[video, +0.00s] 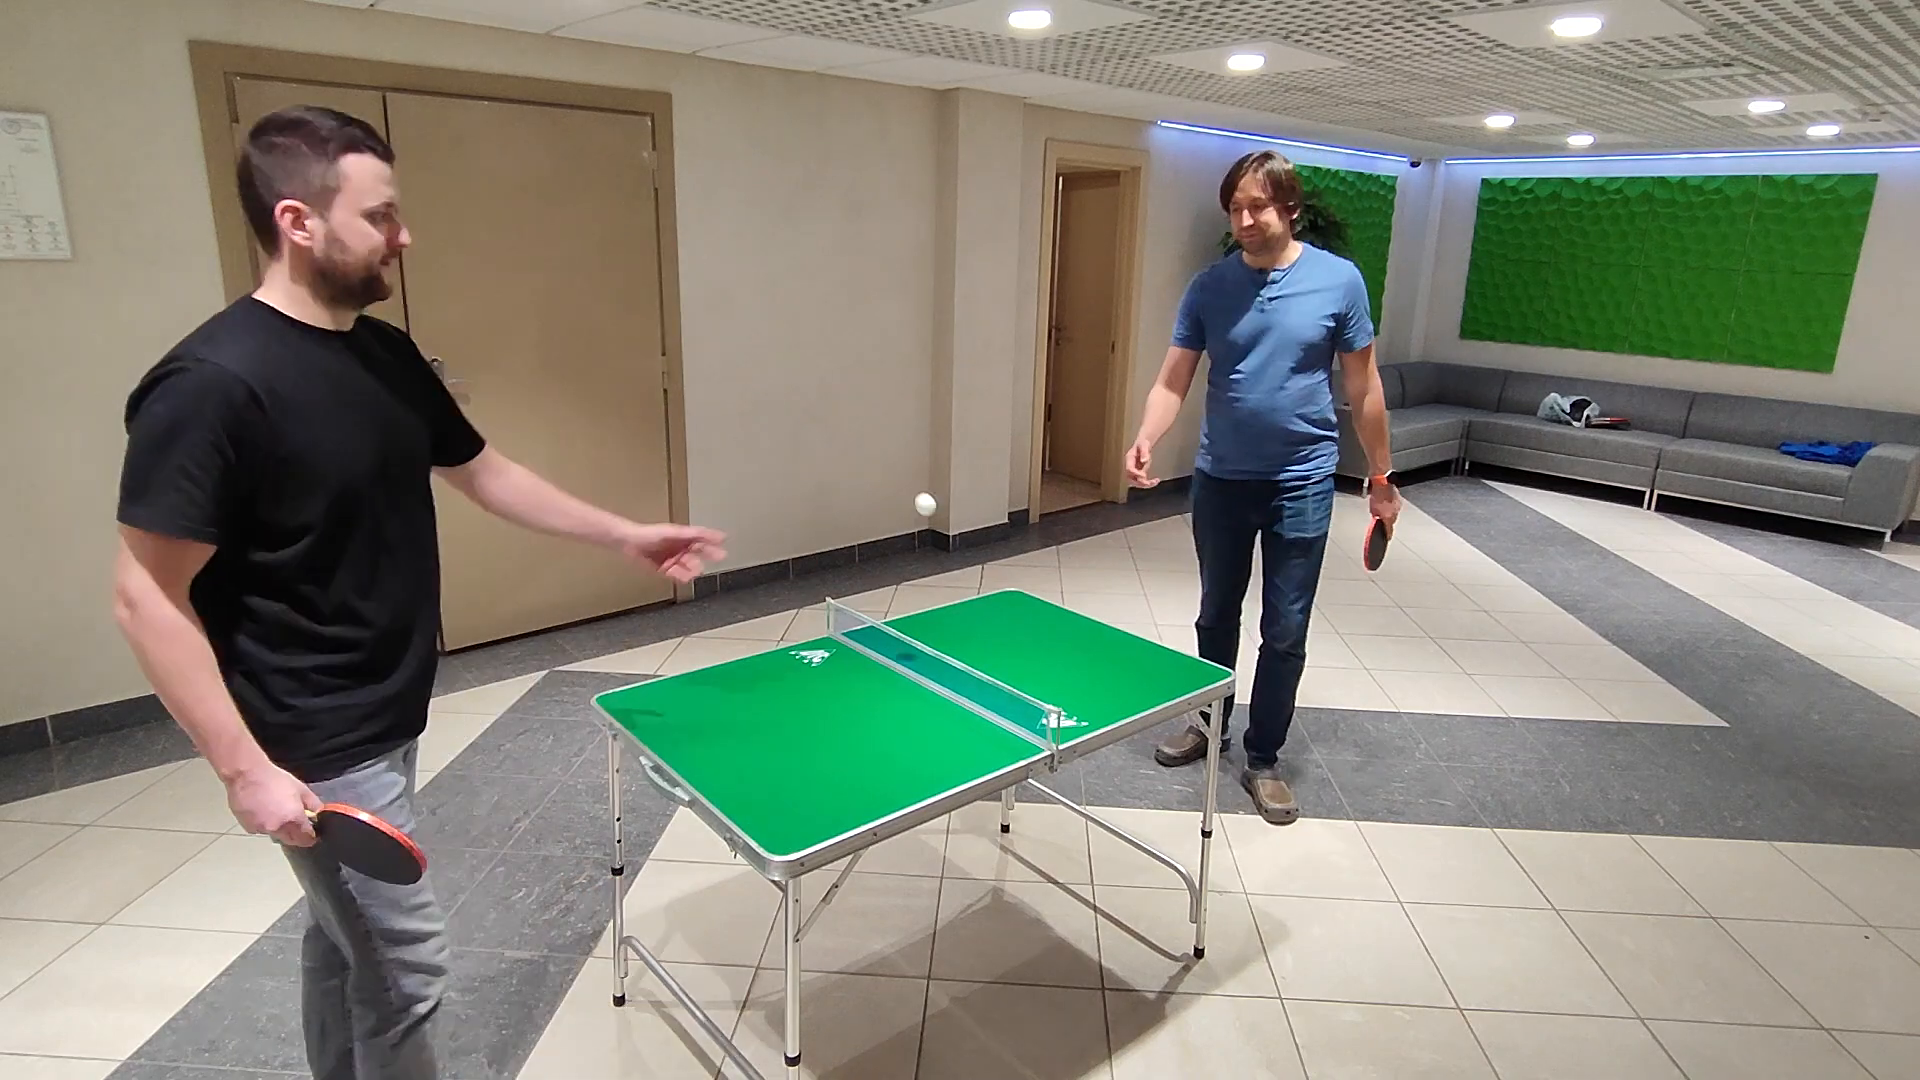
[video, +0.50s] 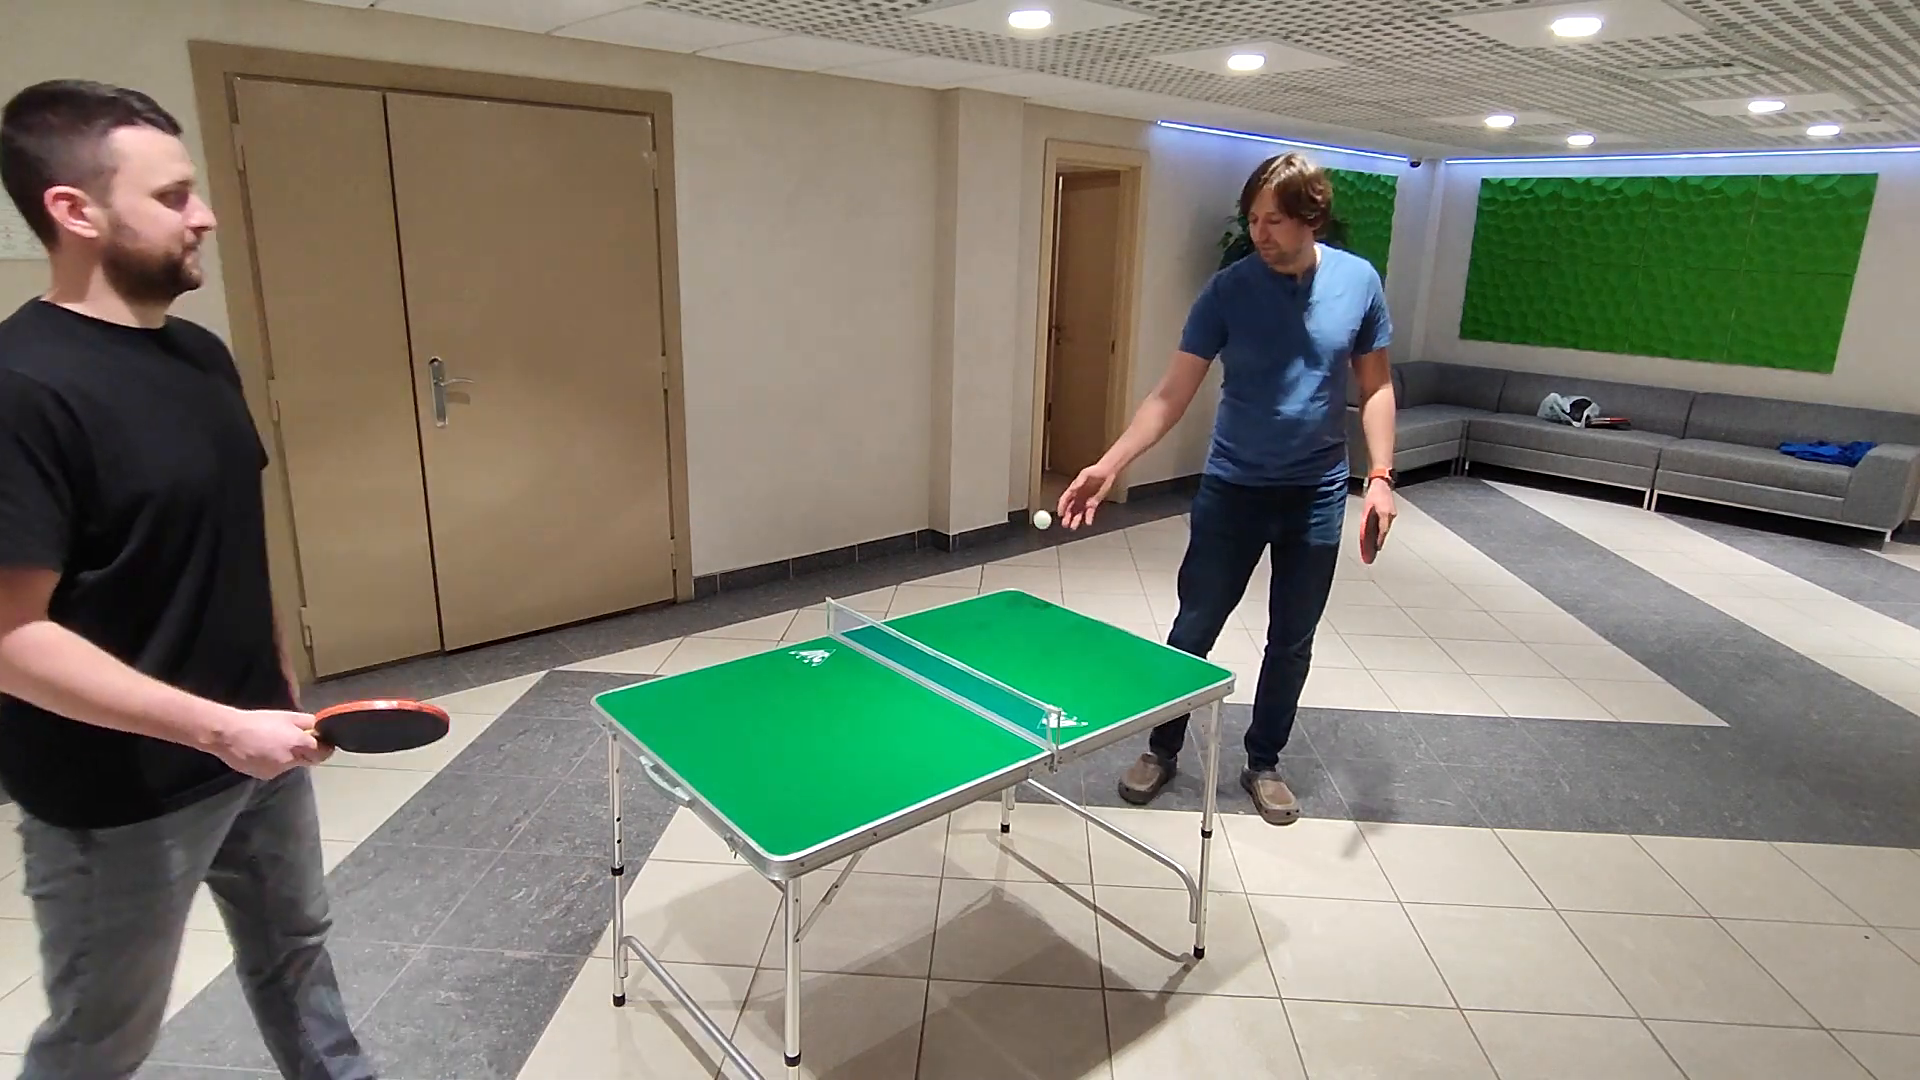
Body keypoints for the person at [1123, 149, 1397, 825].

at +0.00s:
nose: (1244, 220)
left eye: (1257, 208)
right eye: (1236, 209)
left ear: (1289, 210)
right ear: (1229, 215)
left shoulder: (1340, 280)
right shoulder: (1212, 284)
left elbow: (1364, 390)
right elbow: (1174, 378)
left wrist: (1381, 480)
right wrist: (1144, 438)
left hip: (1302, 477)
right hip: (1221, 475)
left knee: (1286, 629)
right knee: (1216, 615)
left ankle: (1264, 762)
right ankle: (1209, 723)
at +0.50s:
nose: (1260, 233)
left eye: (1274, 221)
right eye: (1254, 219)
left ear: (1312, 220)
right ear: (1249, 219)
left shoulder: (1359, 282)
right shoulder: (1231, 289)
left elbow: (1376, 387)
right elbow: (1169, 398)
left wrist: (1381, 477)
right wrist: (1109, 466)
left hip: (1317, 490)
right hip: (1232, 486)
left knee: (1293, 643)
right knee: (1192, 630)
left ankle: (1264, 764)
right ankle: (1160, 752)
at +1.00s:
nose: (1195, 232)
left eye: (1208, 220)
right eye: (1188, 219)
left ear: (1246, 215)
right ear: (1183, 217)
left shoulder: (1299, 274)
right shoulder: (1165, 294)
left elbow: (1320, 376)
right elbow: (1145, 398)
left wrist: (1329, 465)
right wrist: (1131, 465)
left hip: (1271, 488)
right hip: (1185, 488)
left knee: (1266, 640)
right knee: (1165, 633)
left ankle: (1262, 765)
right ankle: (1153, 761)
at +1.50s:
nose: (1247, 216)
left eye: (1254, 203)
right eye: (1235, 203)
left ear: (1259, 204)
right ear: (1196, 202)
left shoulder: (1265, 279)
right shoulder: (1148, 280)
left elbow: (1319, 374)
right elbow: (1113, 392)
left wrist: (1383, 374)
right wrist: (1179, 403)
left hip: (1235, 486)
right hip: (1155, 488)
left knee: (1254, 641)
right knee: (1148, 637)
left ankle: (1253, 767)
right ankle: (1150, 761)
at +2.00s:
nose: (1225, 222)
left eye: (1239, 209)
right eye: (1214, 208)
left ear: (1262, 211)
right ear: (1198, 209)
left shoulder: (1296, 291)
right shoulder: (1170, 277)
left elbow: (1275, 414)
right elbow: (1136, 369)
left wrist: (1186, 467)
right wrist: (1130, 421)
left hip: (1249, 483)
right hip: (1169, 479)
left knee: (1270, 634)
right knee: (1155, 627)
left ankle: (1278, 769)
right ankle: (1150, 761)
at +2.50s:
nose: (1263, 224)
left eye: (1280, 214)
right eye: (1260, 211)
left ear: (1317, 222)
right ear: (1254, 214)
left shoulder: (1354, 296)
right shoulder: (1241, 277)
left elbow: (1385, 415)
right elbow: (1221, 370)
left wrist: (1303, 488)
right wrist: (1193, 425)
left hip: (1307, 493)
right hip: (1234, 478)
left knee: (1306, 644)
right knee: (1191, 619)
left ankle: (1298, 774)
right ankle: (1163, 739)